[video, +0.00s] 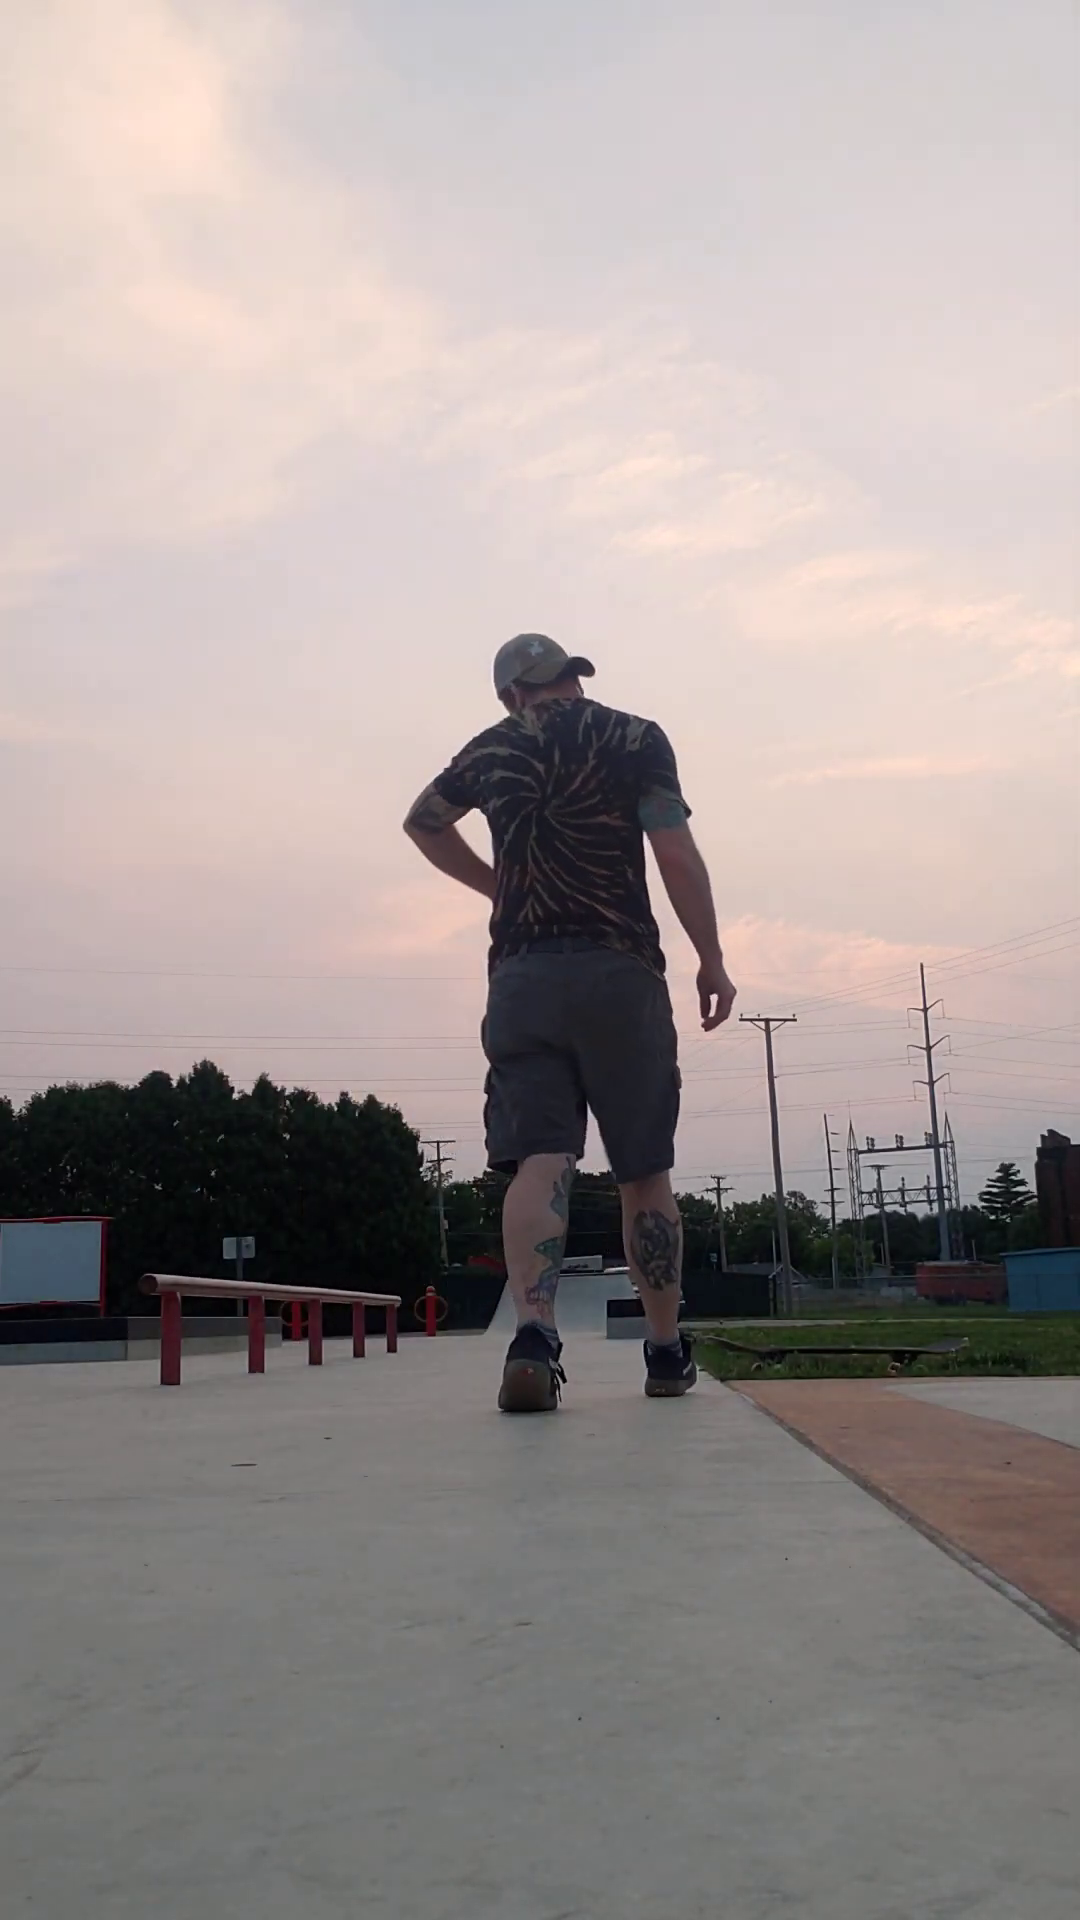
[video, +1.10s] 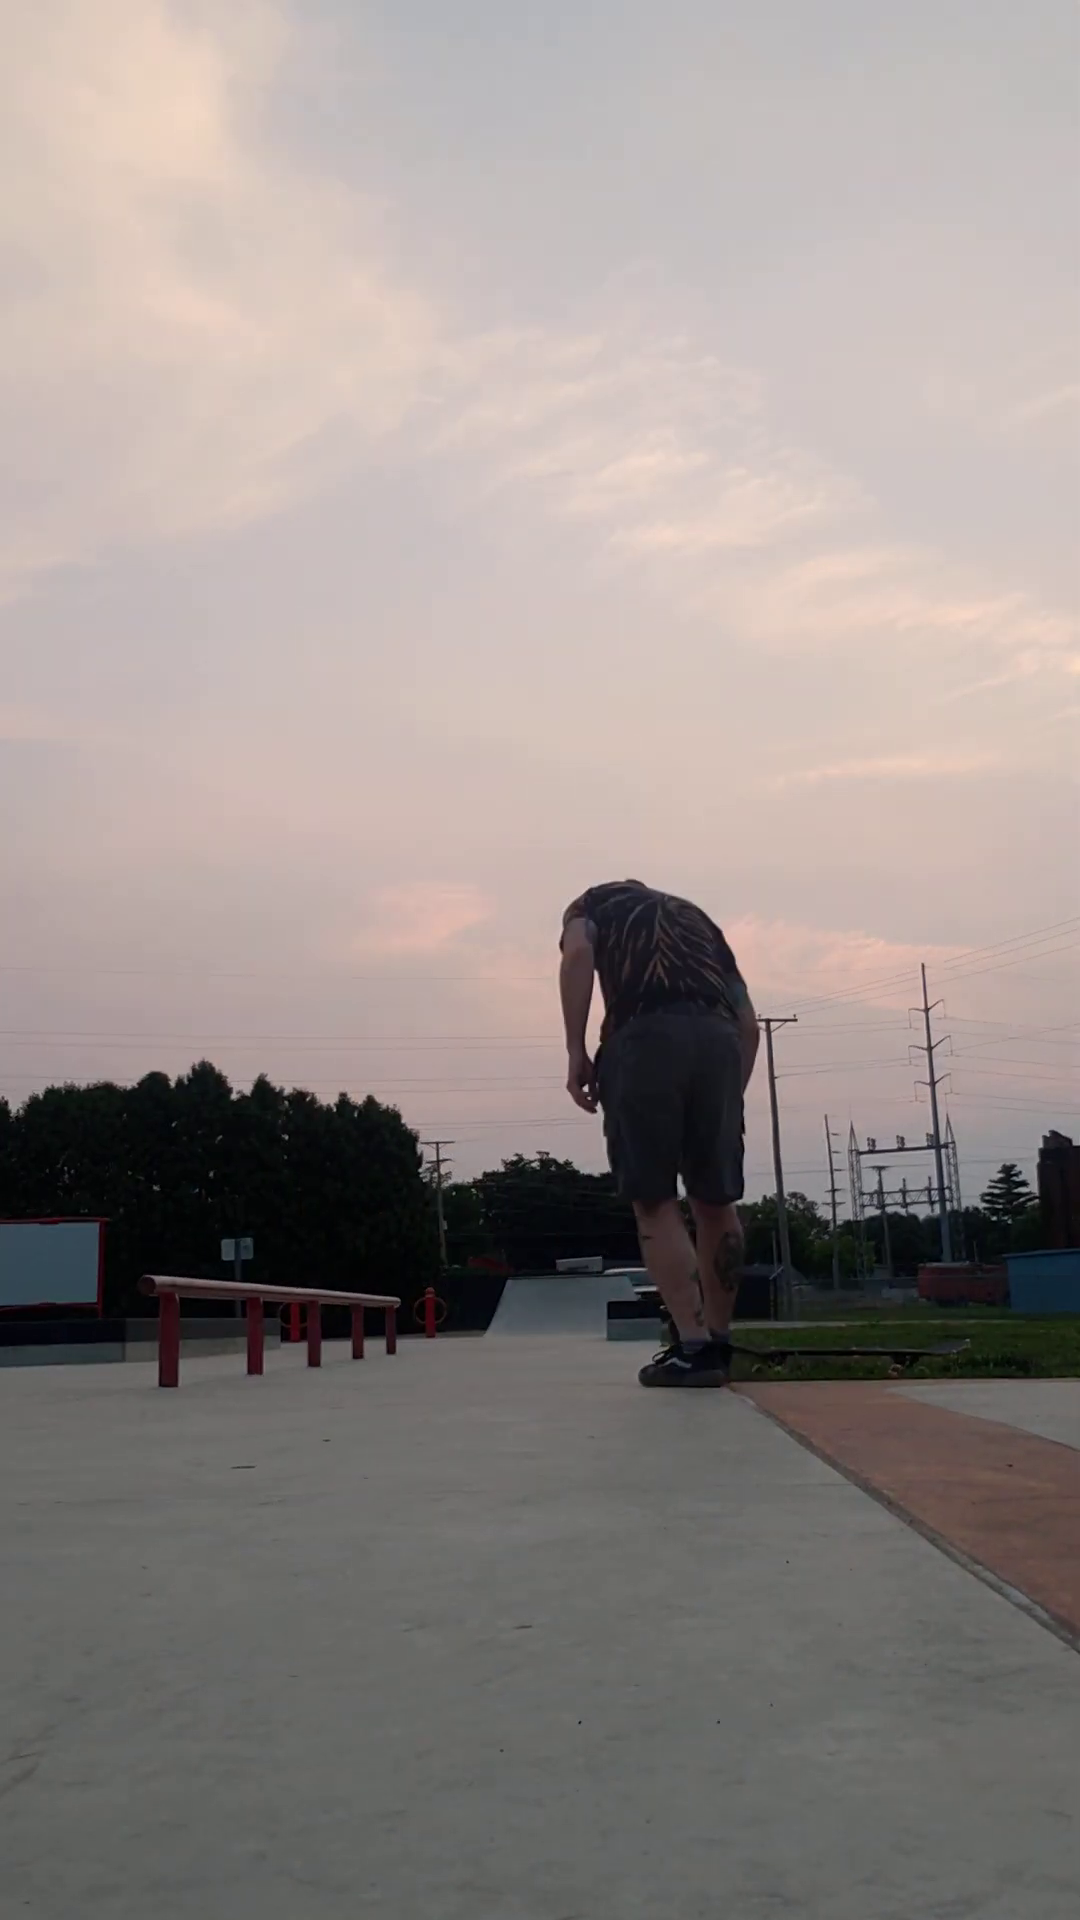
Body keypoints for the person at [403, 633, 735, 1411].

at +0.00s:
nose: (576, 688)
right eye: (574, 676)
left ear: (512, 694)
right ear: (574, 677)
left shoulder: (490, 748)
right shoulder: (632, 733)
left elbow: (423, 821)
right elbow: (675, 854)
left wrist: (492, 882)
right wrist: (710, 955)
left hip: (522, 975)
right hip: (619, 973)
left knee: (538, 1157)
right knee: (644, 1168)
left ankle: (532, 1340)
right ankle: (665, 1351)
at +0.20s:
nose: (534, 743)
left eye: (531, 736)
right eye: (536, 735)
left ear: (542, 725)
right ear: (594, 706)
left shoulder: (537, 762)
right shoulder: (677, 757)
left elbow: (483, 781)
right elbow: (729, 865)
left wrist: (554, 790)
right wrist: (751, 960)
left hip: (575, 987)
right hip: (666, 983)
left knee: (583, 1147)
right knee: (668, 1163)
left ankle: (584, 1258)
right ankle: (665, 1353)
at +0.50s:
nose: (568, 775)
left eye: (566, 767)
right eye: (570, 767)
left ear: (576, 759)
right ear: (623, 743)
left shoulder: (572, 789)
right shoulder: (695, 789)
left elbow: (525, 806)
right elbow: (752, 890)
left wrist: (575, 775)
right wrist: (755, 970)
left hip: (604, 1007)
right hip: (688, 1000)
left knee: (632, 1183)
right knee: (681, 1175)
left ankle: (658, 1333)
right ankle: (668, 1340)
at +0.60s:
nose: (584, 792)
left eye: (581, 784)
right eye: (589, 781)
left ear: (584, 782)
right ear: (631, 767)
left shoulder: (575, 813)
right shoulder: (695, 808)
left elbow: (533, 843)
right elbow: (749, 913)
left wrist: (585, 805)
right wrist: (751, 990)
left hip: (612, 1022)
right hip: (696, 1012)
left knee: (647, 1191)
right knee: (696, 1179)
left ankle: (686, 1343)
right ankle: (673, 1329)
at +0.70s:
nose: (595, 812)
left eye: (592, 804)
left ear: (594, 801)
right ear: (646, 790)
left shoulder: (578, 832)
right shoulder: (701, 829)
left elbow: (532, 901)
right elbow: (742, 931)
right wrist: (748, 1007)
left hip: (611, 1032)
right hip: (694, 1024)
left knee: (653, 1192)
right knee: (721, 1176)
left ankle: (688, 1344)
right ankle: (712, 1293)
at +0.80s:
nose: (614, 820)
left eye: (607, 813)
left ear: (601, 814)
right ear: (655, 804)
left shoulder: (581, 847)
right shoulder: (705, 839)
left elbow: (538, 953)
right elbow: (741, 944)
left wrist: (583, 978)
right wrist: (743, 1027)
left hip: (615, 1038)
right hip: (696, 1029)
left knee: (654, 1194)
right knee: (722, 1172)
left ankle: (692, 1344)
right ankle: (739, 1277)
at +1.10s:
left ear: (597, 896)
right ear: (646, 891)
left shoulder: (589, 904)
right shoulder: (695, 916)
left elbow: (578, 951)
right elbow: (749, 1023)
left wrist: (577, 1050)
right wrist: (729, 1095)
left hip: (644, 1043)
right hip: (720, 1046)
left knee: (654, 1203)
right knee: (716, 1200)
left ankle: (694, 1348)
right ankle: (717, 1342)